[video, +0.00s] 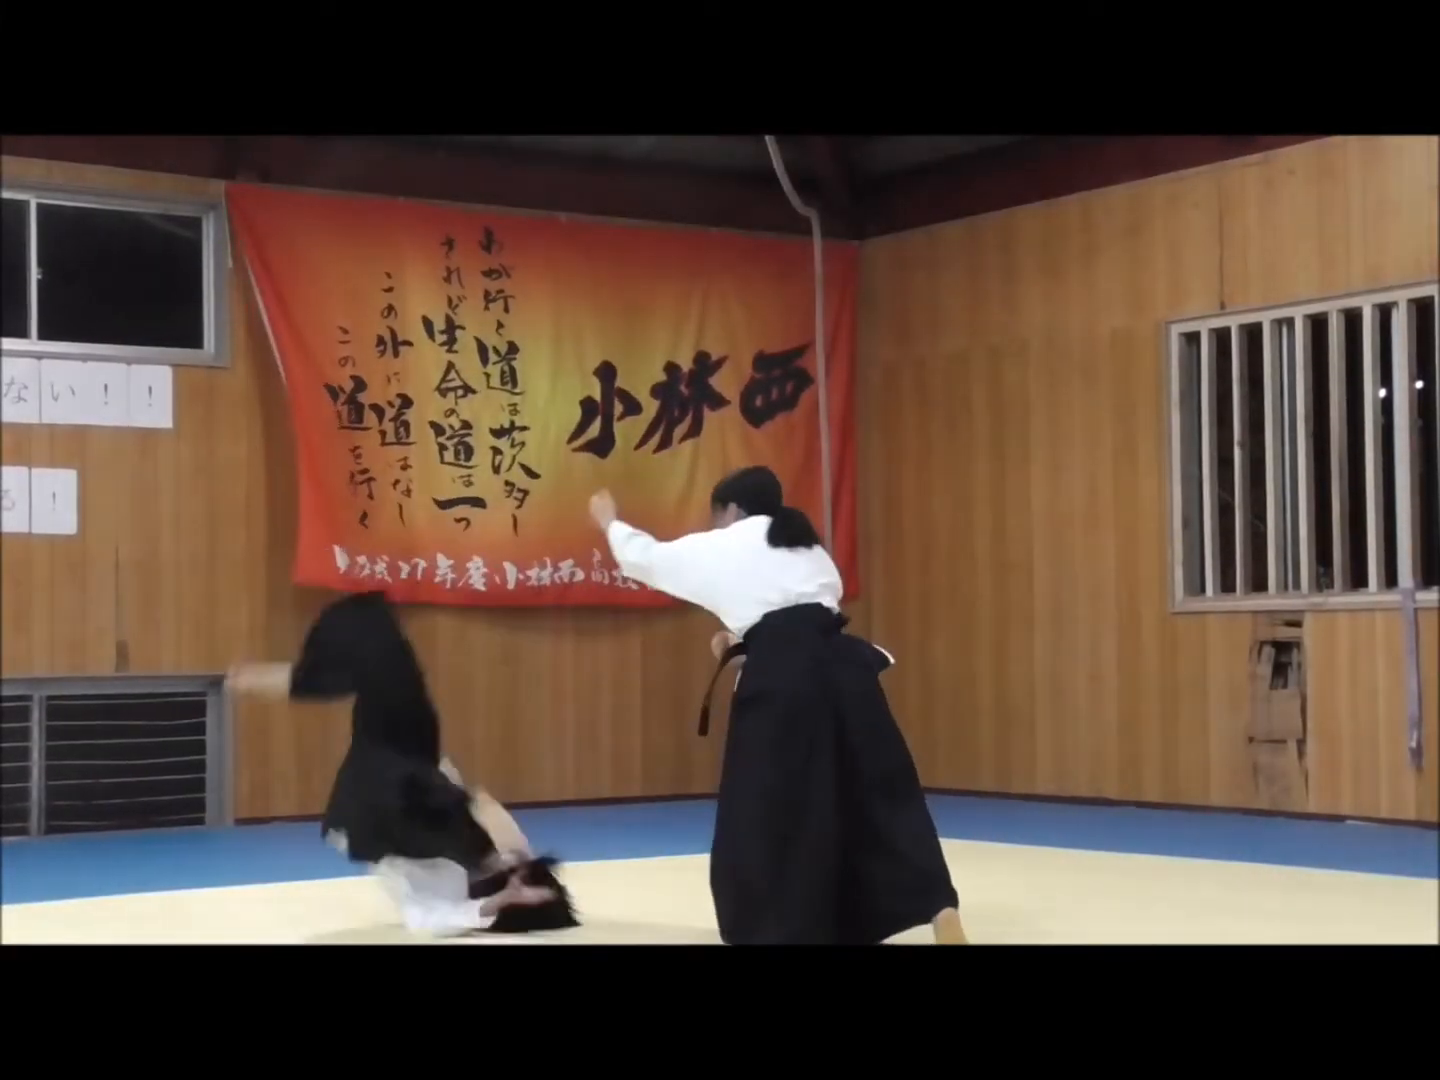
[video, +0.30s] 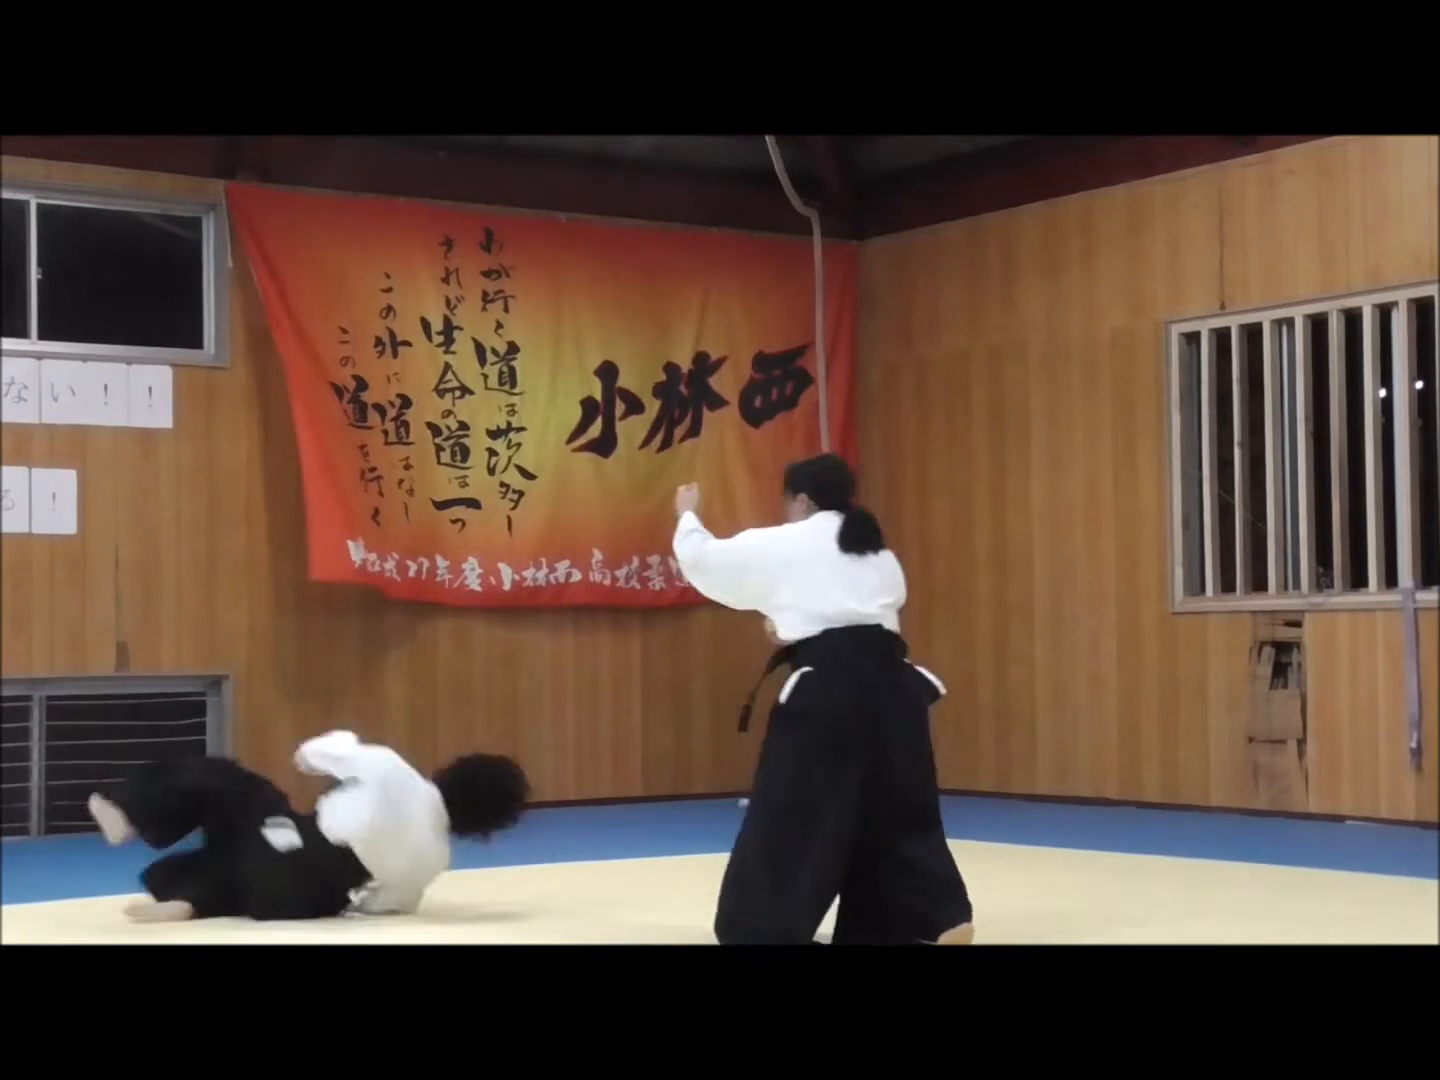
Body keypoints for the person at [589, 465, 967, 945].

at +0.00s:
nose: (713, 522)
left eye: (716, 512)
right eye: (715, 512)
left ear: (733, 510)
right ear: (771, 505)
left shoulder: (719, 548)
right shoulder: (808, 543)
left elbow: (644, 556)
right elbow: (820, 605)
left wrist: (609, 522)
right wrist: (743, 636)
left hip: (780, 678)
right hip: (845, 669)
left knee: (766, 802)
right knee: (889, 786)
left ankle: (767, 927)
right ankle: (942, 904)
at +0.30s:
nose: (785, 509)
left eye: (788, 501)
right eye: (785, 502)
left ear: (804, 502)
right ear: (846, 498)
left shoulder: (782, 545)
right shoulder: (880, 552)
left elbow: (702, 560)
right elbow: (885, 605)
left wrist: (687, 516)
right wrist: (793, 625)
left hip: (824, 689)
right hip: (895, 685)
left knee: (791, 814)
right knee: (908, 809)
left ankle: (760, 930)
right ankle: (950, 918)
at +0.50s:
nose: (843, 498)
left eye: (845, 488)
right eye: (844, 489)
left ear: (863, 487)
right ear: (903, 486)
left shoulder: (851, 536)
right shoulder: (939, 538)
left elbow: (776, 578)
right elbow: (935, 603)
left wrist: (746, 539)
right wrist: (852, 621)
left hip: (883, 685)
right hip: (958, 684)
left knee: (839, 805)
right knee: (939, 816)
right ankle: (932, 929)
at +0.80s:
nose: (891, 471)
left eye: (892, 461)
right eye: (890, 461)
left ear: (912, 461)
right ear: (949, 459)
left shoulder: (902, 519)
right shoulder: (993, 517)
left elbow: (859, 591)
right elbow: (1010, 594)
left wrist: (808, 585)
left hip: (935, 664)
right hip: (1008, 663)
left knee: (894, 793)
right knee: (978, 802)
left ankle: (880, 925)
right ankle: (959, 929)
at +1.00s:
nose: (911, 466)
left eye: (913, 456)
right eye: (910, 457)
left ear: (935, 455)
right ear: (974, 453)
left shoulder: (926, 521)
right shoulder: (1017, 510)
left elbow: (892, 606)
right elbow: (1042, 595)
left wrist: (845, 634)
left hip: (971, 667)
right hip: (1039, 661)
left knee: (938, 803)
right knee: (1013, 804)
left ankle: (942, 926)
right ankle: (1046, 920)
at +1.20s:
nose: (930, 450)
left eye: (934, 439)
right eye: (931, 439)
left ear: (956, 441)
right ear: (993, 438)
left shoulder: (956, 508)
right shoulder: (1040, 495)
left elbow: (937, 608)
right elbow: (1066, 578)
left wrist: (897, 669)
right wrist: (1073, 640)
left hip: (997, 662)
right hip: (1065, 654)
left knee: (985, 807)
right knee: (1053, 803)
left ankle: (989, 929)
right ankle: (1053, 927)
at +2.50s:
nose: (897, 477)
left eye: (899, 467)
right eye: (897, 467)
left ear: (917, 469)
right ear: (956, 466)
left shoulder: (903, 533)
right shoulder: (1004, 526)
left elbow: (865, 613)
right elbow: (1021, 608)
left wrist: (831, 685)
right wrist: (1034, 668)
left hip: (935, 675)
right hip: (1009, 669)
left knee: (934, 802)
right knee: (1029, 791)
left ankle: (940, 927)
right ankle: (1069, 907)